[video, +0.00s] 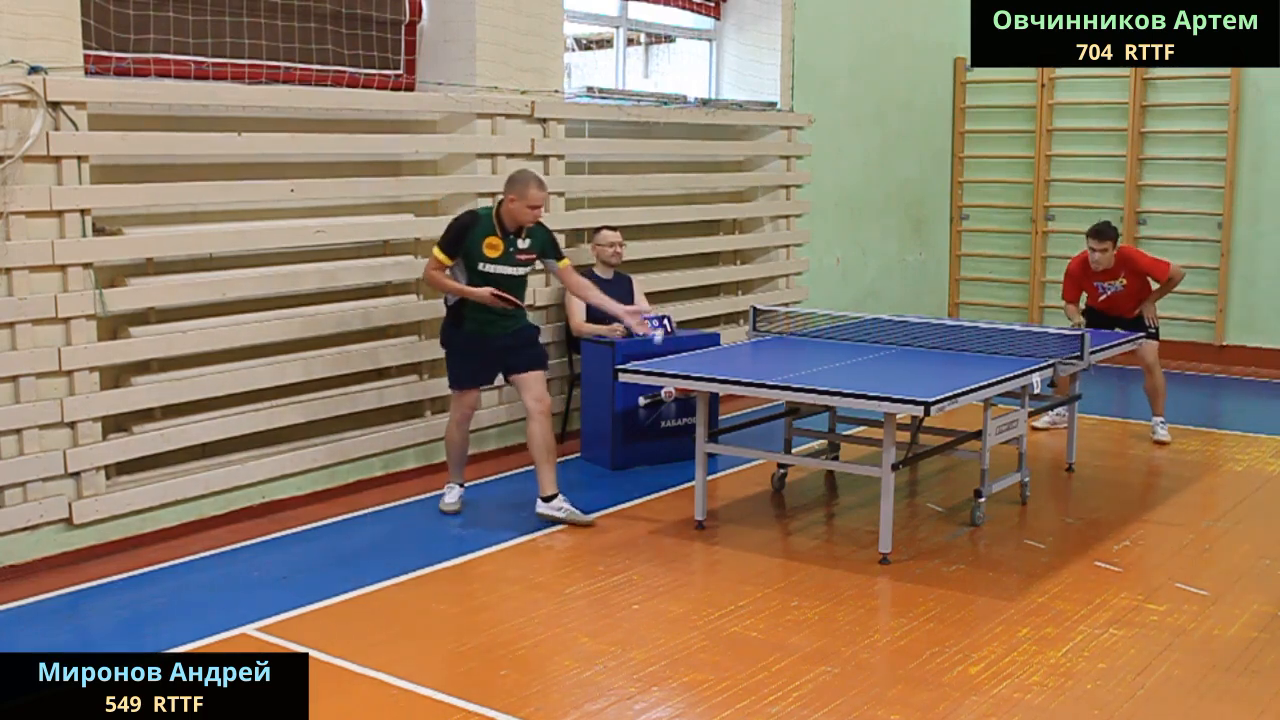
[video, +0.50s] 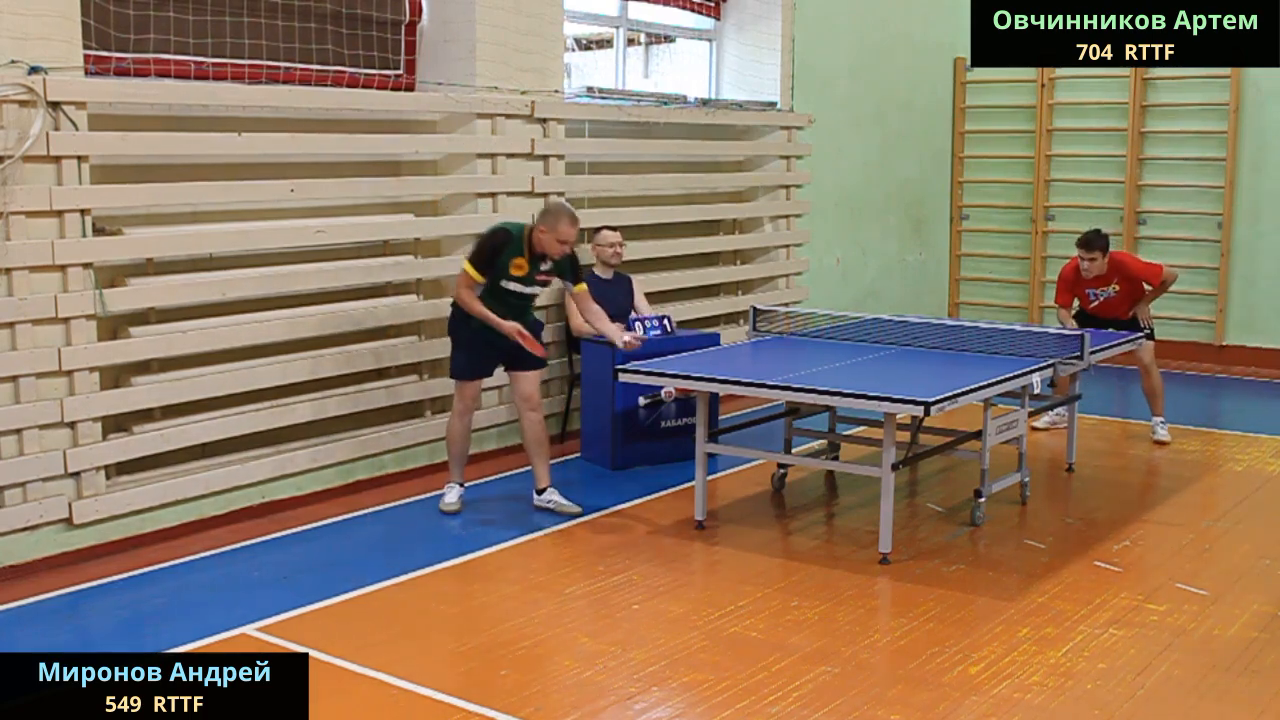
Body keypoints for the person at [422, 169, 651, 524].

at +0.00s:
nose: (539, 216)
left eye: (542, 209)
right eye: (534, 208)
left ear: (537, 205)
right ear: (509, 200)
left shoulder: (538, 236)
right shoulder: (469, 225)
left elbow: (573, 280)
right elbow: (431, 274)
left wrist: (622, 311)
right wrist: (473, 292)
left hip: (515, 329)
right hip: (469, 332)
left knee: (540, 405)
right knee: (463, 411)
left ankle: (549, 497)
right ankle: (454, 484)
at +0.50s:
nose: (568, 250)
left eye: (571, 244)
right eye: (562, 242)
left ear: (573, 238)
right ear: (540, 231)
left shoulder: (565, 258)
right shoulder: (500, 239)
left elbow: (586, 303)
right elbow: (462, 292)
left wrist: (617, 335)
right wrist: (500, 324)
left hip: (520, 325)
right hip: (476, 322)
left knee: (531, 402)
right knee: (465, 403)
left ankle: (544, 490)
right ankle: (454, 484)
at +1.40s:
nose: (566, 280)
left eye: (569, 273)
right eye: (559, 273)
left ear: (569, 273)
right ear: (536, 271)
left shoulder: (561, 297)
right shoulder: (503, 283)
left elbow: (588, 341)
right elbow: (476, 339)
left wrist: (630, 353)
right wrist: (524, 326)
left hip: (513, 352)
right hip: (469, 357)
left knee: (562, 409)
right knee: (477, 440)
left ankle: (596, 496)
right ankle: (452, 490)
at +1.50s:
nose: (568, 282)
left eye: (570, 275)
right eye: (560, 276)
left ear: (570, 274)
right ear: (537, 276)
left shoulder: (565, 302)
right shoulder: (501, 293)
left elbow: (597, 344)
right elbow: (476, 351)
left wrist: (639, 353)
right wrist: (524, 339)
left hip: (526, 361)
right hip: (481, 368)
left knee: (578, 410)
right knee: (488, 450)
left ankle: (599, 498)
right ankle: (455, 487)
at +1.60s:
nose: (566, 277)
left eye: (567, 270)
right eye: (558, 271)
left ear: (568, 269)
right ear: (534, 273)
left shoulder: (567, 296)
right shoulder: (499, 297)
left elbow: (608, 333)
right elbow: (475, 352)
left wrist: (647, 336)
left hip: (535, 363)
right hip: (491, 367)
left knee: (587, 411)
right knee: (493, 457)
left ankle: (599, 498)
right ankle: (457, 487)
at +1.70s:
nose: (562, 263)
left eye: (562, 255)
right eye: (554, 257)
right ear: (530, 262)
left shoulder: (568, 285)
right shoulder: (497, 289)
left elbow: (611, 313)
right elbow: (464, 337)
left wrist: (639, 300)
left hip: (540, 365)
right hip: (494, 371)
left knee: (590, 411)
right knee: (492, 455)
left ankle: (600, 498)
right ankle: (456, 488)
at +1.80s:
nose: (558, 248)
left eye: (558, 240)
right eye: (549, 241)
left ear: (556, 243)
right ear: (525, 247)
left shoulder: (565, 271)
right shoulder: (493, 275)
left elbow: (613, 298)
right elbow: (445, 312)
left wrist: (634, 289)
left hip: (541, 359)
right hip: (495, 365)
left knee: (588, 410)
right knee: (489, 451)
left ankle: (600, 498)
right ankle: (454, 488)